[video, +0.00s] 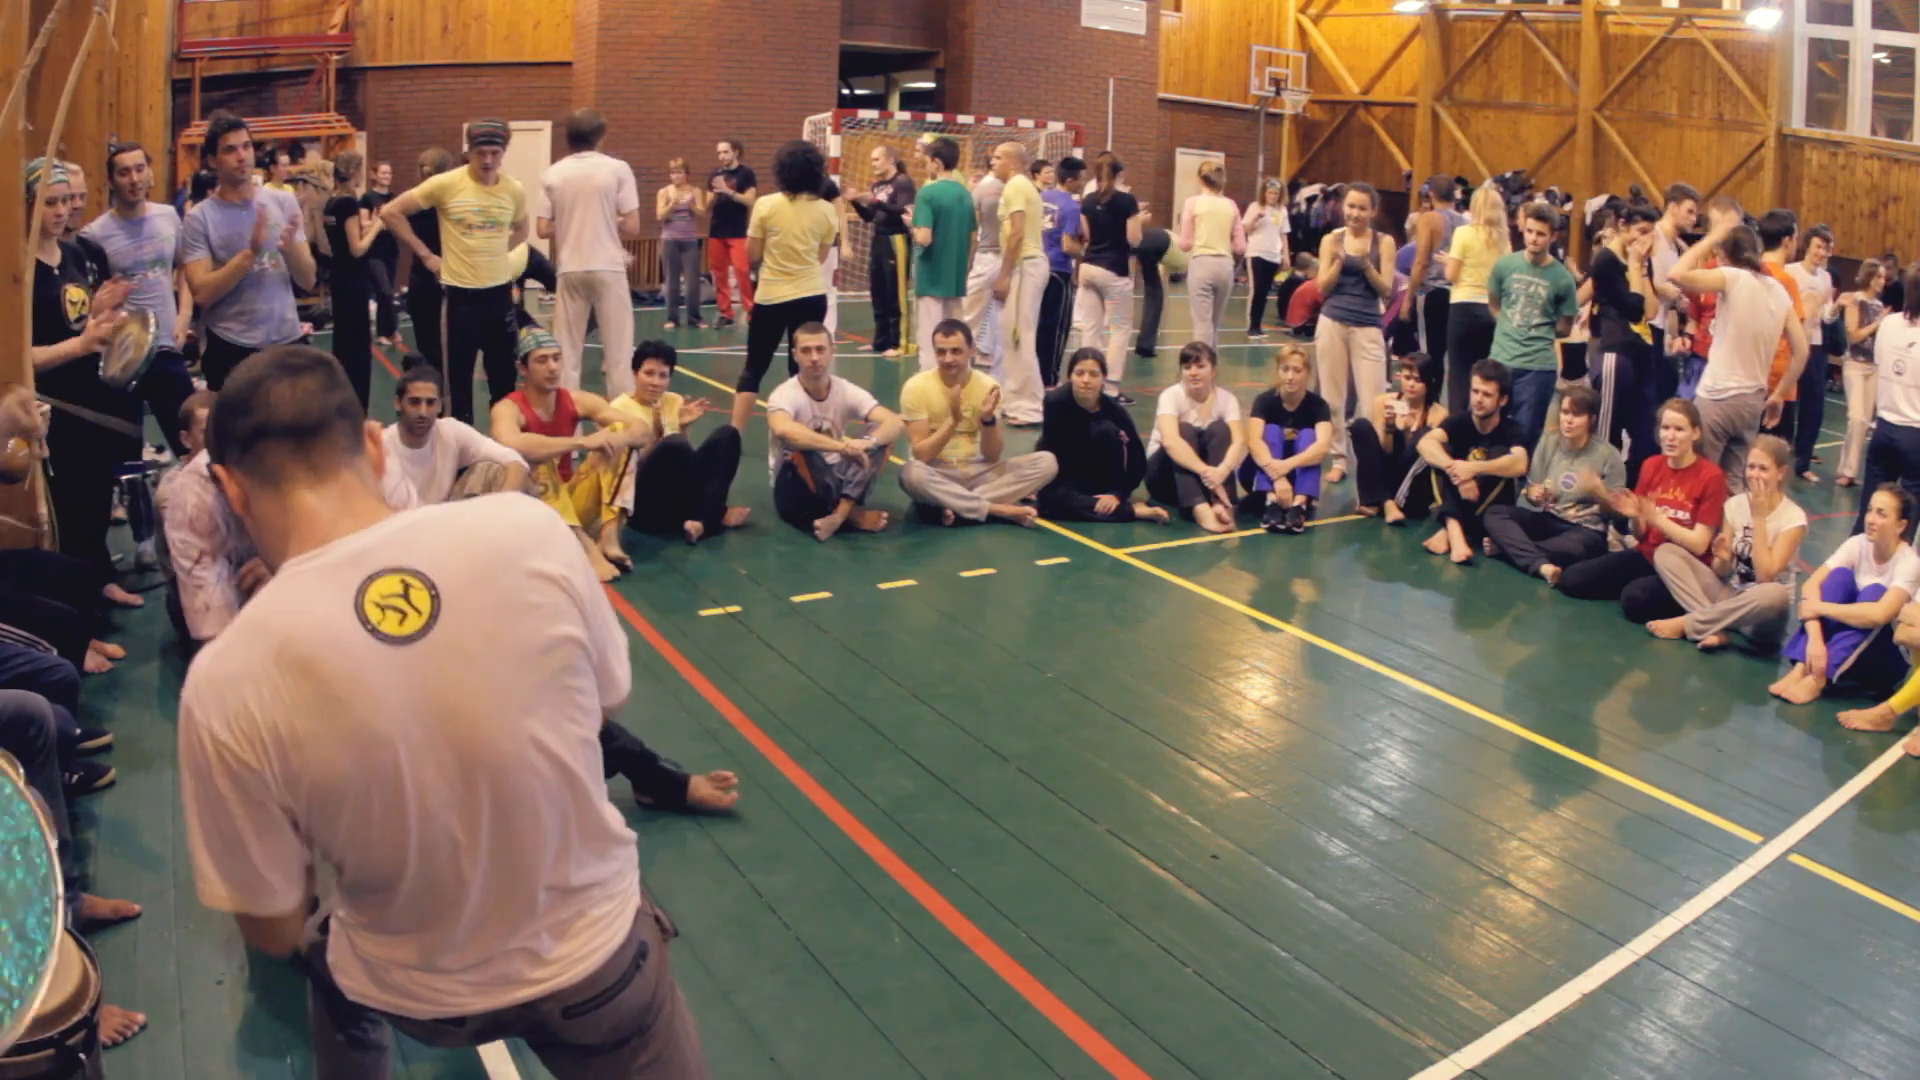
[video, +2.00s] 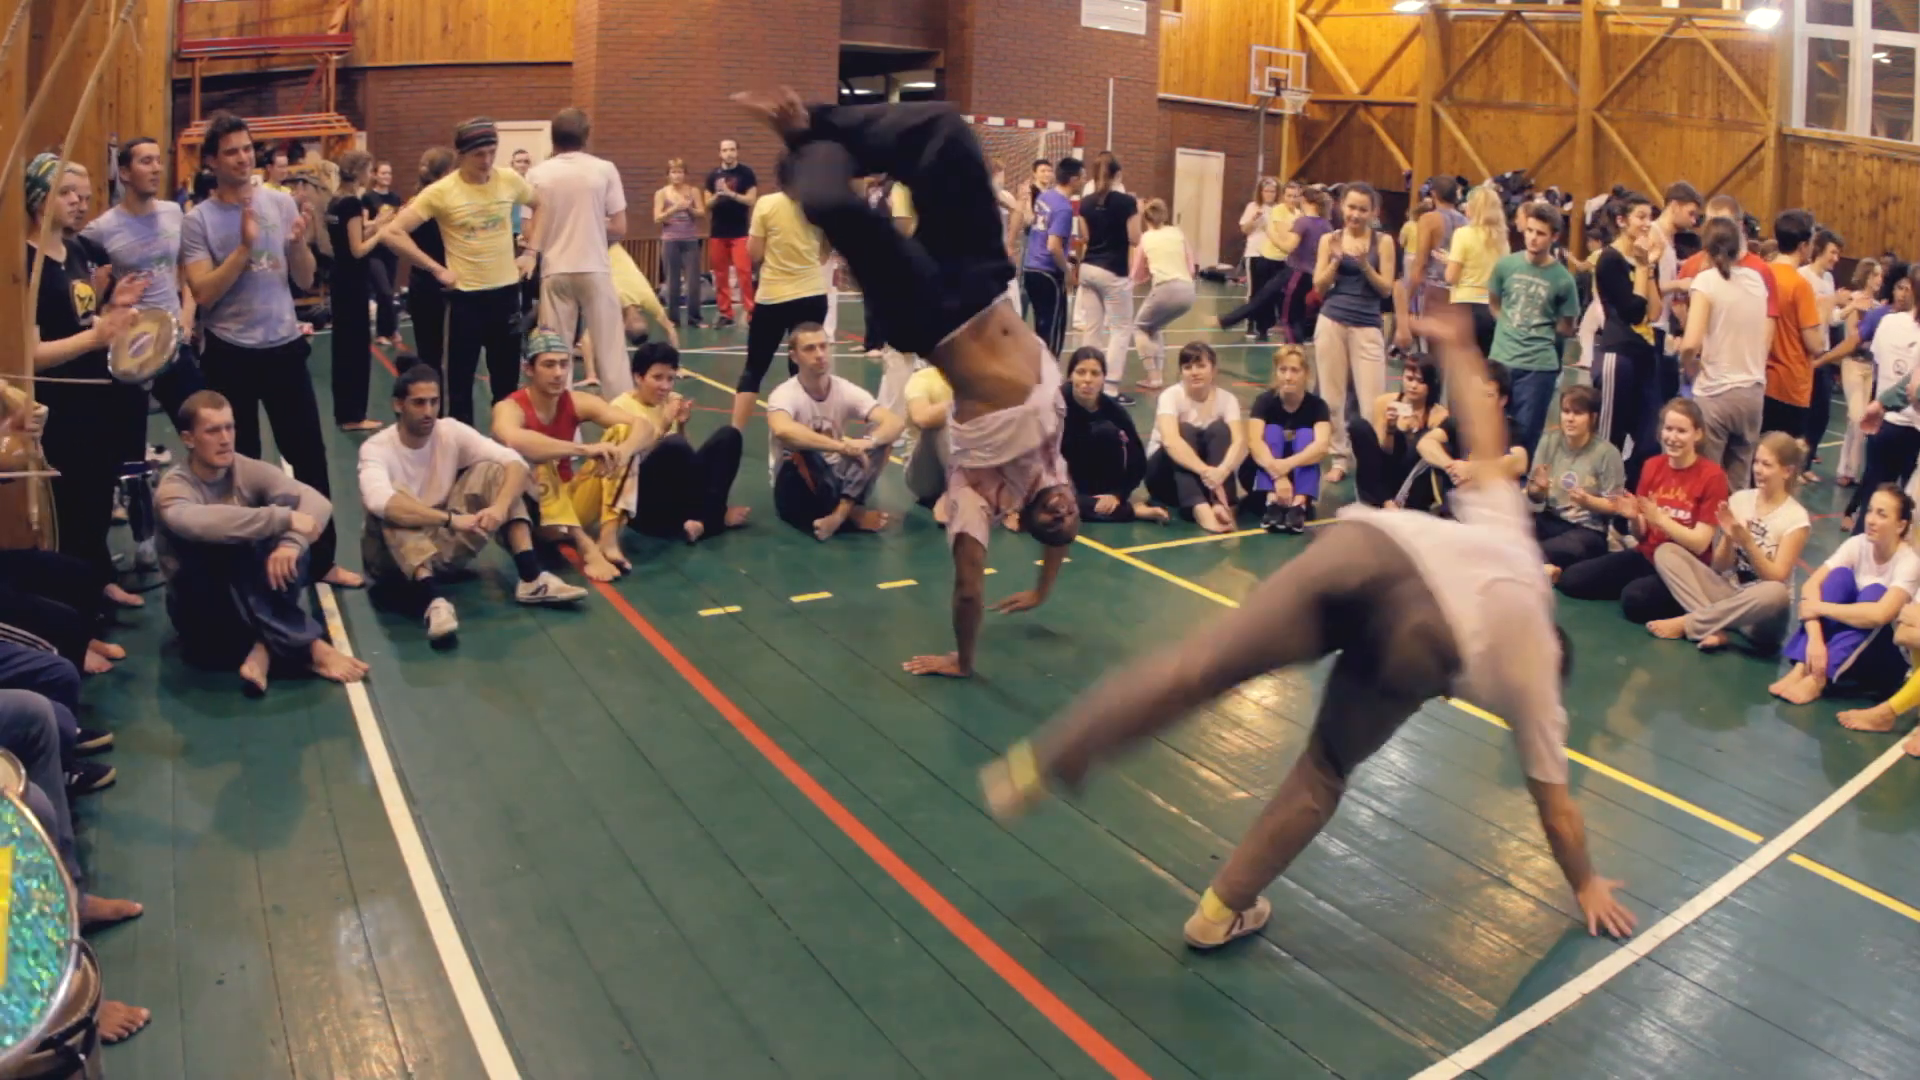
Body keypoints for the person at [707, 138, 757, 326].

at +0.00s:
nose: (722, 156)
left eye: (725, 152)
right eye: (719, 153)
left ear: (736, 153)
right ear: (717, 155)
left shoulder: (746, 173)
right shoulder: (716, 175)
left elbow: (750, 199)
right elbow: (708, 204)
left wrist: (727, 190)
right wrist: (715, 192)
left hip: (738, 232)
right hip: (717, 232)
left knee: (742, 271)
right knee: (719, 275)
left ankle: (750, 309)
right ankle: (724, 312)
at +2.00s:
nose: (728, 153)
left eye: (731, 149)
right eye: (725, 150)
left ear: (737, 152)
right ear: (720, 153)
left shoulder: (746, 173)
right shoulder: (713, 176)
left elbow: (751, 199)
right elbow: (708, 203)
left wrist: (730, 193)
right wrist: (719, 193)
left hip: (740, 233)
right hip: (718, 233)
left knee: (744, 272)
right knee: (720, 276)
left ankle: (750, 310)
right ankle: (724, 312)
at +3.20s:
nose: (754, 158)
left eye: (758, 154)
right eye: (751, 154)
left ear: (765, 154)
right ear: (746, 154)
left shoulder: (770, 174)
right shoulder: (737, 174)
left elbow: (774, 202)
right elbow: (729, 201)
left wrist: (757, 196)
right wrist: (742, 195)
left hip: (760, 231)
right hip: (737, 231)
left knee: (757, 272)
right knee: (729, 270)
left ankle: (754, 312)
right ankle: (726, 310)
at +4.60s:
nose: (746, 161)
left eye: (749, 156)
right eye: (743, 157)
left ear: (758, 154)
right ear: (739, 157)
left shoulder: (769, 174)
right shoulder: (734, 176)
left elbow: (777, 199)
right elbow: (726, 196)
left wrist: (772, 220)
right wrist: (730, 219)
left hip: (764, 228)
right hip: (741, 229)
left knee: (763, 272)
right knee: (741, 275)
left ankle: (764, 310)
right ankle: (745, 312)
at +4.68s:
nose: (748, 161)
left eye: (751, 157)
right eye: (744, 158)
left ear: (760, 154)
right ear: (741, 157)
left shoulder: (770, 175)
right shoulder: (735, 177)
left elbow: (778, 200)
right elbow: (726, 197)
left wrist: (774, 221)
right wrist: (729, 221)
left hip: (765, 229)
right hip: (742, 230)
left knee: (765, 272)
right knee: (742, 276)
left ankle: (765, 310)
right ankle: (746, 313)